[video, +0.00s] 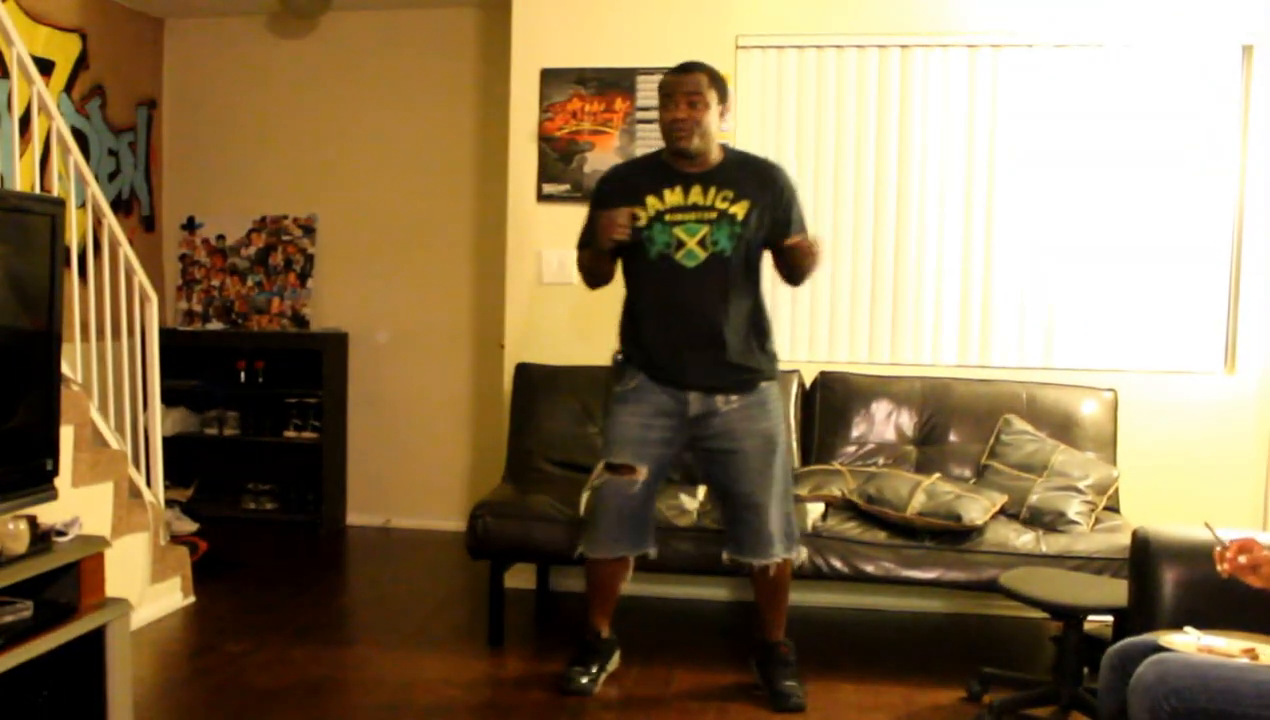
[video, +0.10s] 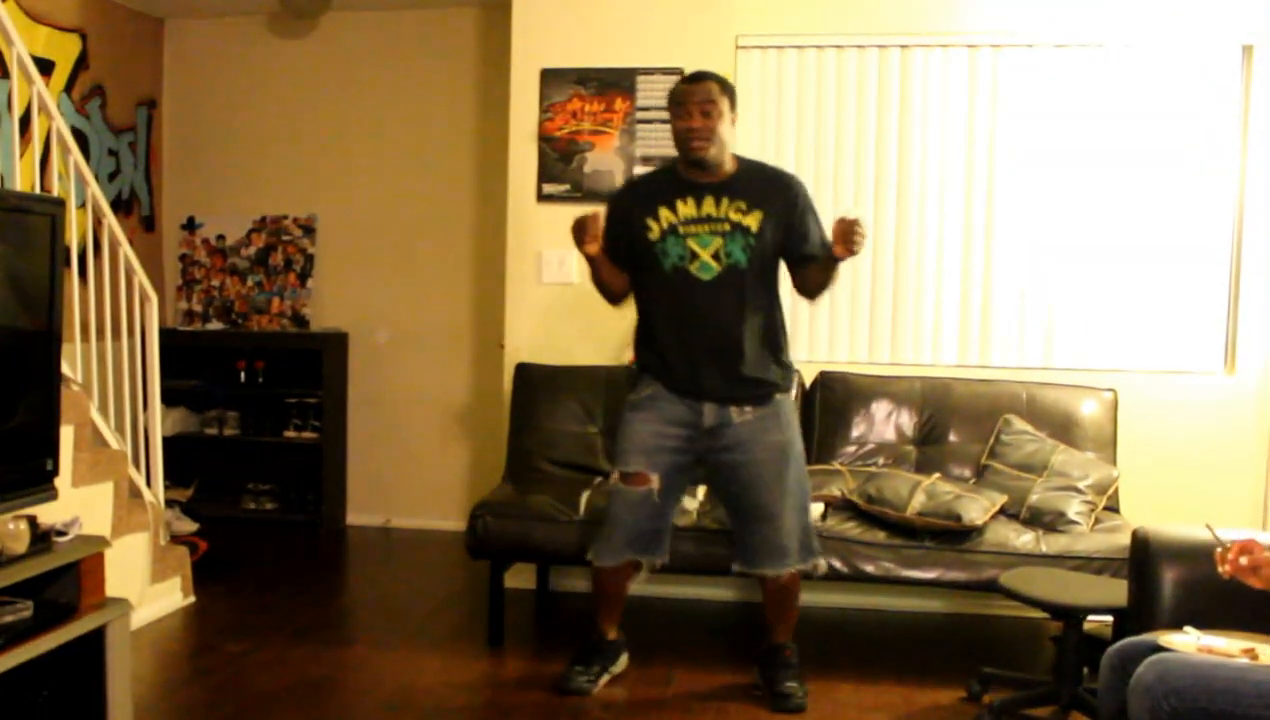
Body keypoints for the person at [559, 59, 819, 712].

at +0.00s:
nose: (680, 112)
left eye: (694, 102)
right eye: (670, 102)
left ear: (723, 111)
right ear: (659, 113)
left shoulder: (763, 181)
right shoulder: (625, 183)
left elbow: (792, 271)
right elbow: (593, 278)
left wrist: (801, 254)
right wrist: (602, 241)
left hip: (741, 382)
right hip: (648, 380)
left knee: (768, 524)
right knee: (614, 502)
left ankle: (776, 650)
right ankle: (597, 641)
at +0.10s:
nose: (694, 121)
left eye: (707, 111)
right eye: (684, 112)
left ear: (732, 120)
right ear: (670, 123)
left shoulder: (778, 192)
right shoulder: (635, 201)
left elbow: (809, 284)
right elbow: (616, 292)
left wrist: (833, 254)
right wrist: (595, 254)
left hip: (756, 396)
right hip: (662, 393)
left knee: (781, 539)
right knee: (624, 517)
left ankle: (781, 655)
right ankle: (605, 642)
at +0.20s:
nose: (707, 131)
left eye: (719, 119)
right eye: (694, 120)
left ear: (742, 125)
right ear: (680, 129)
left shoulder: (787, 201)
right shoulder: (647, 204)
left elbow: (808, 307)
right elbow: (644, 309)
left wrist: (823, 263)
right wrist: (624, 280)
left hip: (764, 401)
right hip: (668, 396)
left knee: (795, 542)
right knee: (628, 509)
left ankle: (781, 652)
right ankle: (603, 638)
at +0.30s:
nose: (708, 116)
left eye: (721, 105)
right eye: (697, 106)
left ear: (744, 115)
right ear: (681, 117)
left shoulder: (786, 190)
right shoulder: (645, 190)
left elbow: (799, 291)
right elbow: (630, 288)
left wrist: (764, 240)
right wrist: (669, 274)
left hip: (759, 395)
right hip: (663, 387)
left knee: (788, 532)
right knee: (628, 495)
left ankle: (782, 653)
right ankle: (597, 643)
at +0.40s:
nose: (706, 111)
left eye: (718, 100)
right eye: (694, 100)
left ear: (738, 108)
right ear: (676, 108)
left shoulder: (775, 183)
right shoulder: (635, 178)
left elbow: (790, 284)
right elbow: (620, 279)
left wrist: (712, 238)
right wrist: (700, 267)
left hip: (744, 388)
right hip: (648, 380)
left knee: (774, 529)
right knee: (623, 491)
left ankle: (778, 651)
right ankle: (595, 652)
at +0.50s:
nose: (696, 127)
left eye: (709, 116)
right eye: (683, 115)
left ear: (726, 123)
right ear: (663, 120)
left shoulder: (759, 200)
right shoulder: (618, 193)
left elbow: (776, 300)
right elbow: (600, 293)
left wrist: (715, 258)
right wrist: (681, 288)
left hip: (729, 402)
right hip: (632, 396)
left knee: (766, 540)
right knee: (604, 518)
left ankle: (769, 650)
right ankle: (592, 657)